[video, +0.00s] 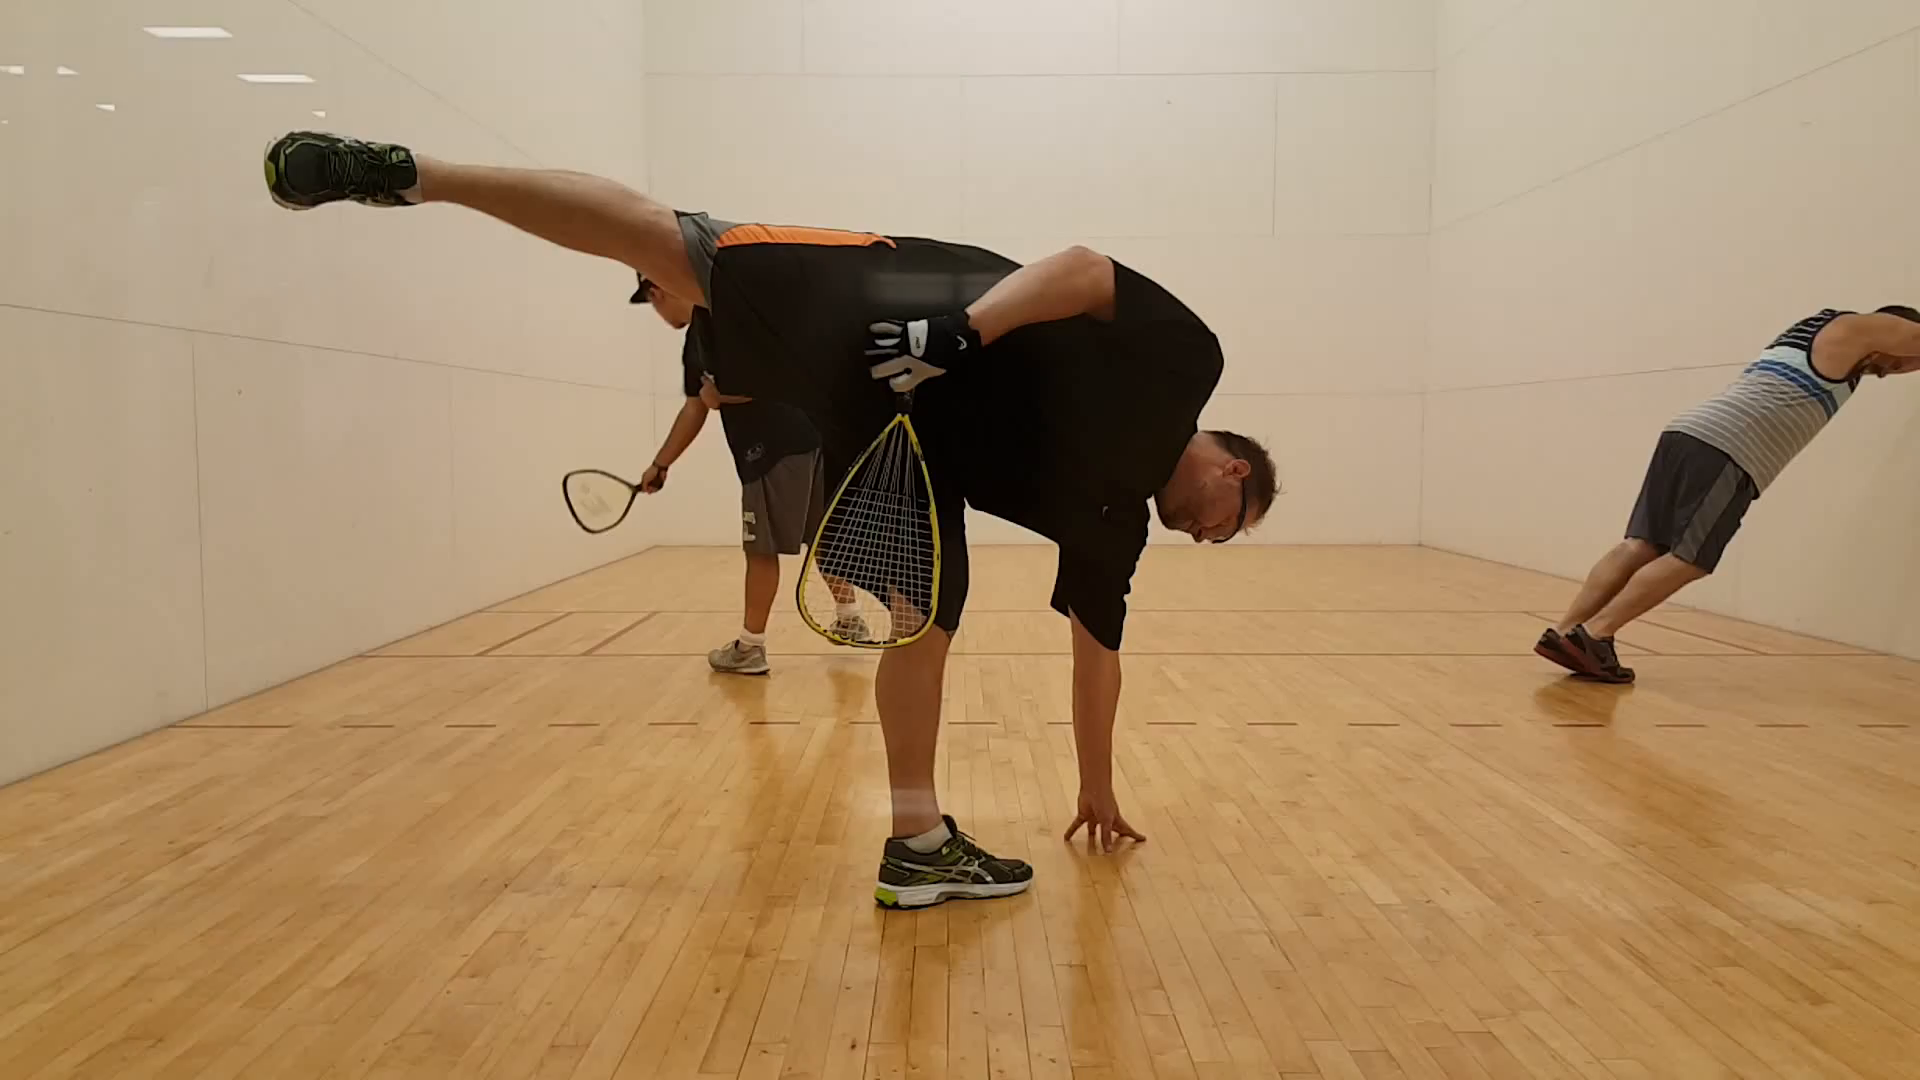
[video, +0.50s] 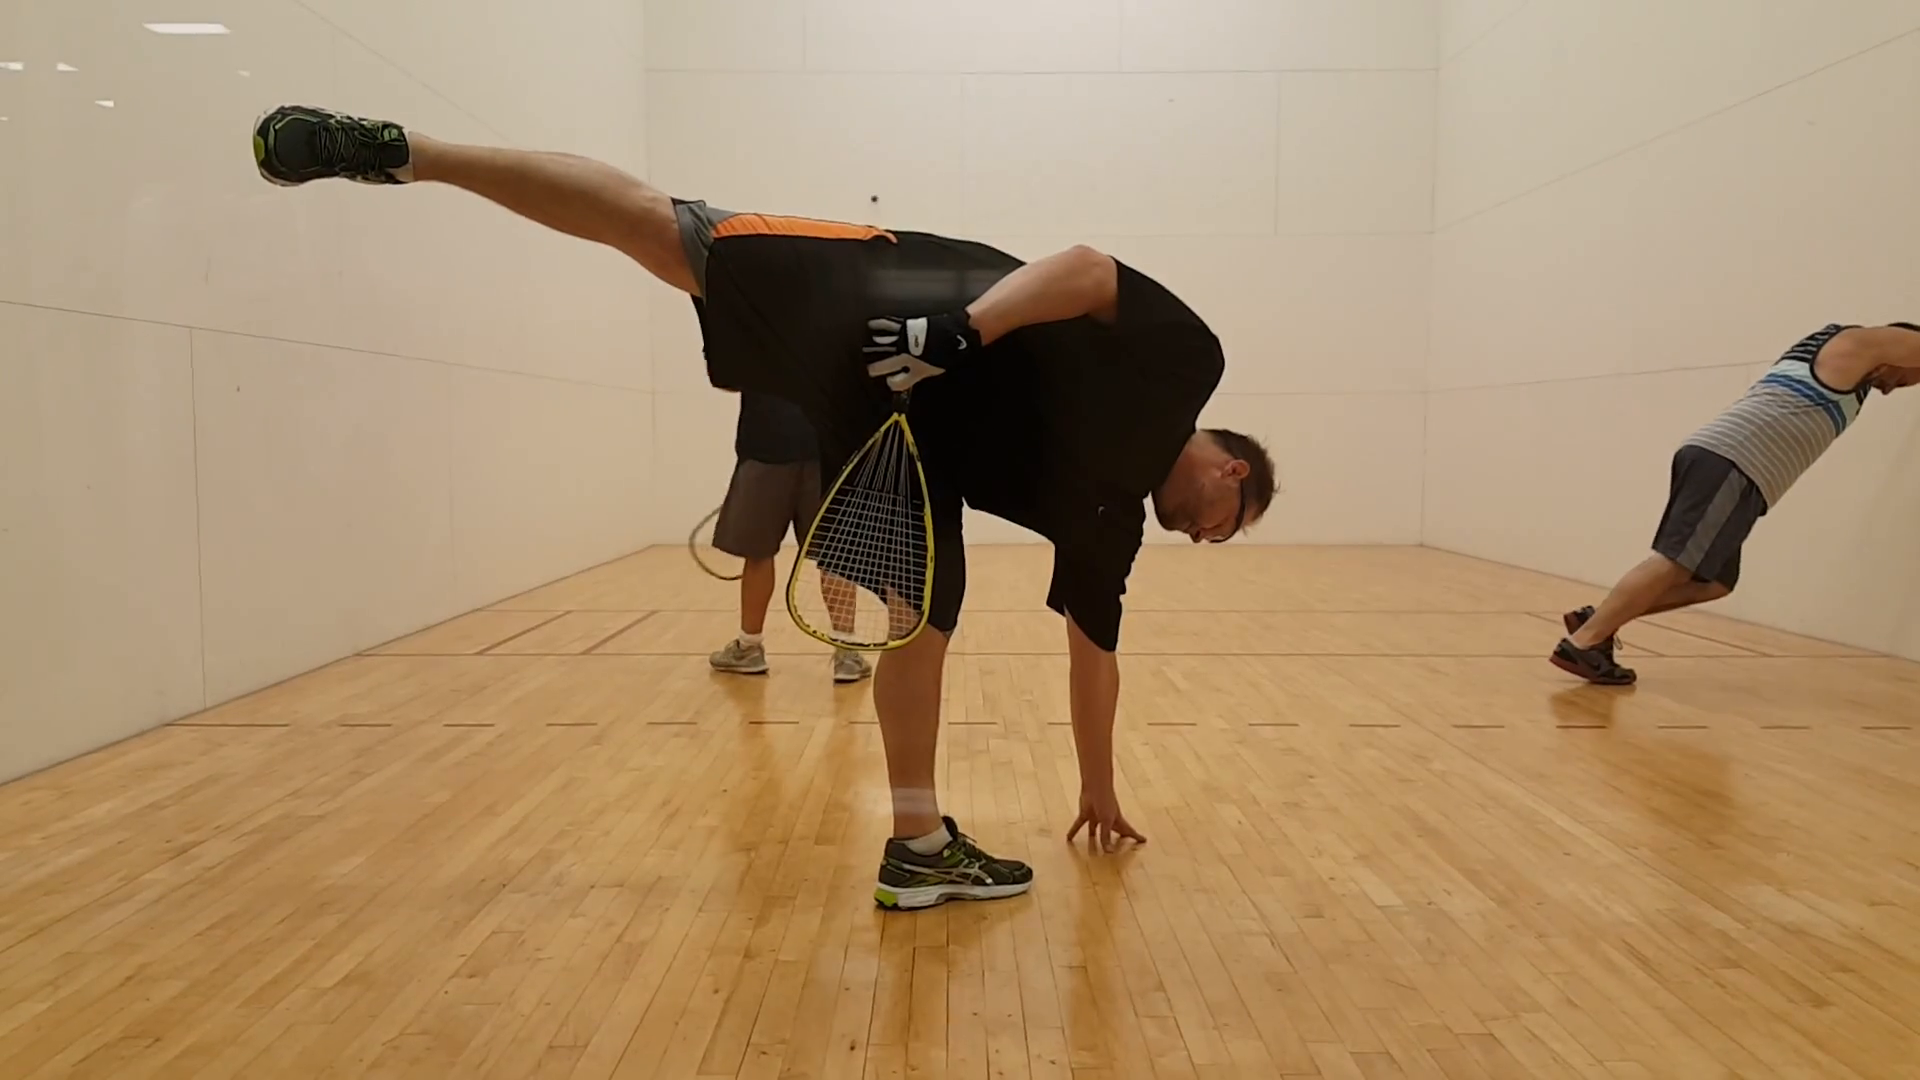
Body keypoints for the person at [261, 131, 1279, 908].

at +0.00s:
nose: (1225, 517)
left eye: (1233, 525)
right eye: (1238, 496)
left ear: (1210, 519)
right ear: (1227, 442)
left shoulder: (1109, 531)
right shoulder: (1182, 357)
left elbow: (1094, 658)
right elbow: (1078, 273)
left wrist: (1100, 792)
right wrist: (961, 332)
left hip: (882, 414)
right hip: (871, 301)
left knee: (924, 606)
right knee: (676, 247)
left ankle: (915, 841)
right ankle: (401, 175)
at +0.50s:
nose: (1210, 512)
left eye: (1219, 523)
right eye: (1227, 494)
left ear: (1200, 514)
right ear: (1223, 441)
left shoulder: (1103, 529)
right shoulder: (1184, 355)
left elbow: (1091, 659)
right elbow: (1084, 268)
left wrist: (1103, 798)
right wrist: (956, 333)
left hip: (874, 398)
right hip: (887, 295)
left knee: (922, 611)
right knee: (669, 234)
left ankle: (913, 840)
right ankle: (398, 155)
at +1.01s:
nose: (1238, 386)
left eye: (1251, 381)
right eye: (1252, 364)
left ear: (1240, 337)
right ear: (1243, 309)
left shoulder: (1127, 389)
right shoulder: (1183, 254)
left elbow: (1016, 476)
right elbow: (1071, 265)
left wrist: (955, 599)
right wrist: (986, 404)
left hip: (968, 433)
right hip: (915, 356)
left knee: (943, 621)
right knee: (809, 571)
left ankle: (922, 848)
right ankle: (581, 480)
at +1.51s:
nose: (1252, 81)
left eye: (1261, 66)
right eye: (1259, 56)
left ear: (1185, 7)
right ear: (1229, 11)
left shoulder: (1085, 70)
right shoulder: (1170, 78)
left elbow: (1035, 257)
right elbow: (1130, 259)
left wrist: (1117, 428)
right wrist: (1152, 426)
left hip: (958, 390)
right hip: (1046, 397)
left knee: (958, 619)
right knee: (1074, 658)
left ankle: (928, 842)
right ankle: (1065, 917)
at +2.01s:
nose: (1385, 34)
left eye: (1394, 21)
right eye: (1390, 11)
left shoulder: (1181, 22)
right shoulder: (1266, 60)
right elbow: (1206, 280)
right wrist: (1201, 472)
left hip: (1007, 371)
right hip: (1098, 403)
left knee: (951, 593)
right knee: (1082, 665)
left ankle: (811, 786)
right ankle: (1065, 916)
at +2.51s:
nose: (1505, 192)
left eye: (1524, 176)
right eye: (1523, 165)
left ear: (1459, 78)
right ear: (1493, 110)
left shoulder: (1281, 56)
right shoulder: (1378, 242)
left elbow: (1111, 145)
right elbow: (1326, 462)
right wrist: (1296, 652)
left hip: (978, 310)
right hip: (1086, 390)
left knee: (855, 463)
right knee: (1115, 655)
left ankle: (624, 536)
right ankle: (1068, 926)